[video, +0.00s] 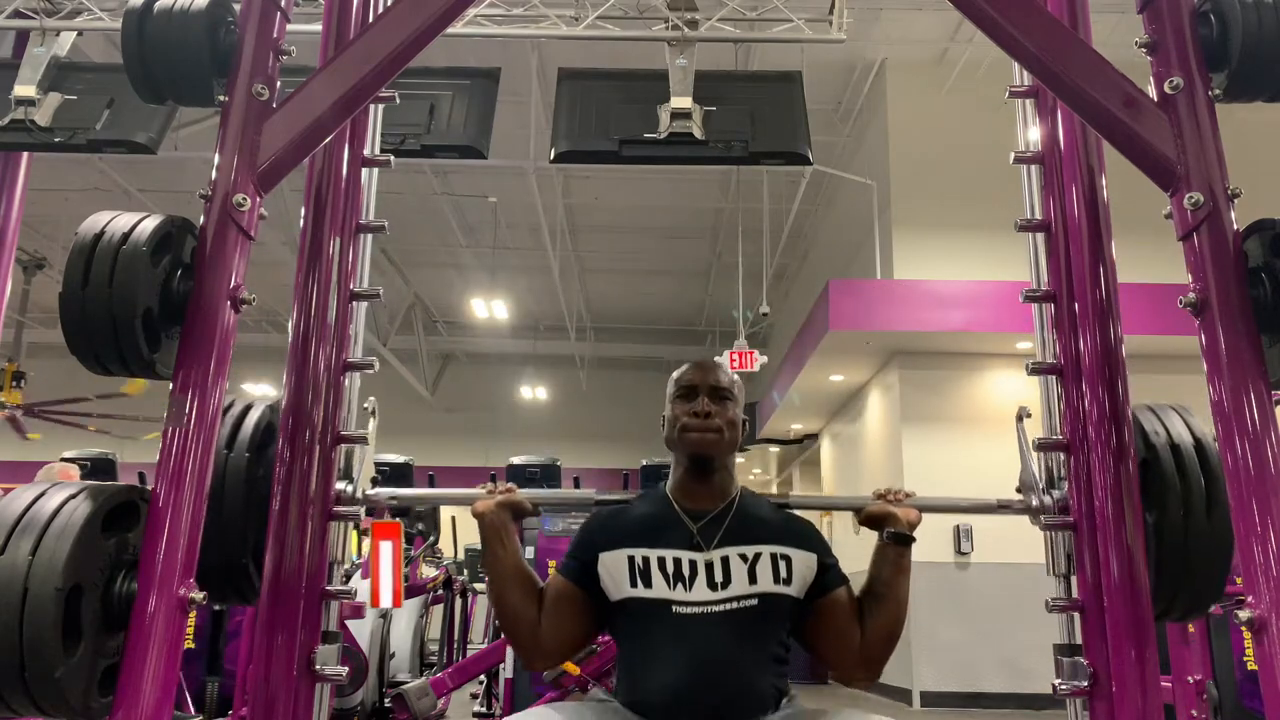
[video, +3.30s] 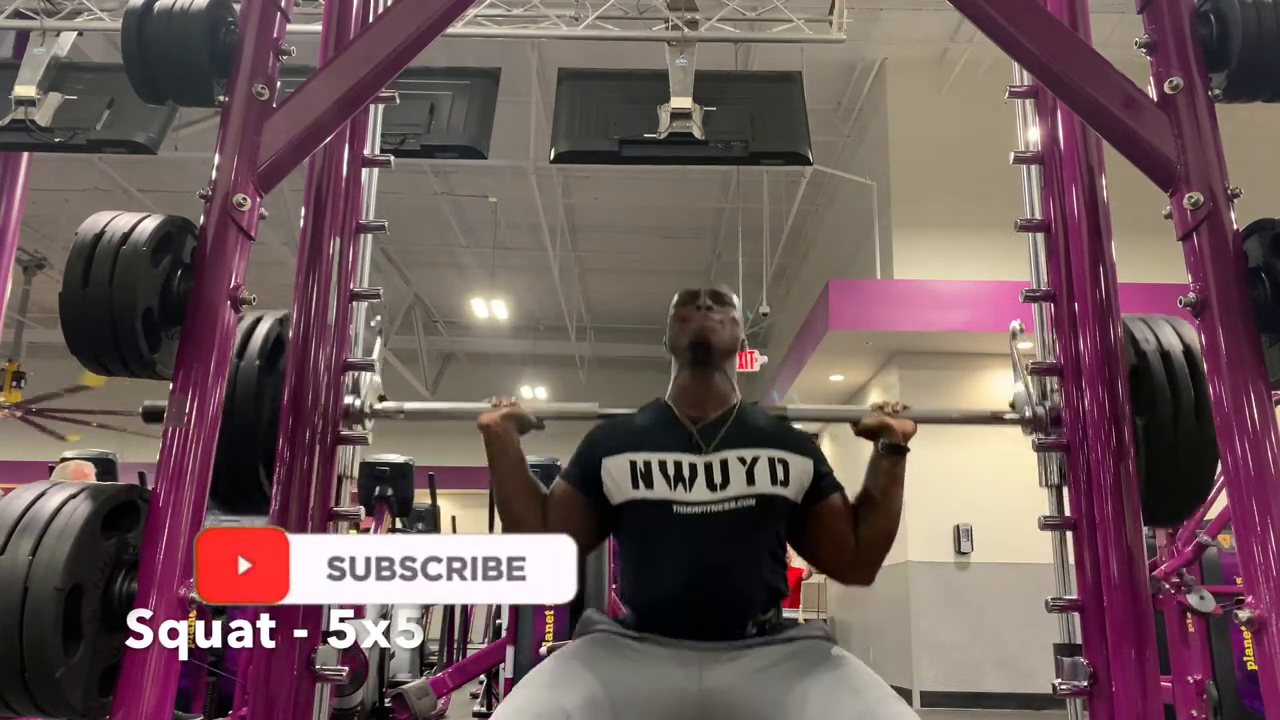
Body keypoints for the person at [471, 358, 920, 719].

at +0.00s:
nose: (703, 407)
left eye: (719, 398)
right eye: (687, 397)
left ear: (742, 426)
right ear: (664, 423)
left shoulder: (792, 536)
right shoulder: (610, 531)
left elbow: (858, 664)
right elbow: (541, 647)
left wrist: (895, 543)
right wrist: (496, 528)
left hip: (762, 713)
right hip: (640, 713)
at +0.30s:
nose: (705, 338)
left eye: (720, 330)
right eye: (688, 330)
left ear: (743, 358)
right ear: (665, 359)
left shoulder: (790, 467)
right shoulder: (612, 465)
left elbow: (859, 590)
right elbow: (546, 576)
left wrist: (893, 476)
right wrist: (500, 467)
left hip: (771, 674)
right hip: (636, 672)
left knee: (887, 715)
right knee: (528, 714)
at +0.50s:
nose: (707, 271)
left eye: (722, 267)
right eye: (693, 265)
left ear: (742, 303)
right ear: (669, 297)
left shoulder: (788, 404)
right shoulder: (616, 402)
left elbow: (858, 520)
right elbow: (547, 507)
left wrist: (888, 414)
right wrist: (502, 400)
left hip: (770, 622)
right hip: (636, 620)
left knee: (881, 713)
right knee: (544, 709)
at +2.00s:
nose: (707, 350)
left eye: (721, 342)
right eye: (692, 343)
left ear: (744, 371)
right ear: (668, 372)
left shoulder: (787, 478)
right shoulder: (613, 476)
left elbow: (858, 601)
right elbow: (544, 578)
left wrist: (894, 487)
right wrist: (499, 478)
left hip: (767, 685)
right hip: (637, 683)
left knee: (885, 717)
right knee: (511, 717)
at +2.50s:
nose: (703, 430)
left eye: (720, 420)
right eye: (687, 419)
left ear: (743, 449)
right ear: (665, 445)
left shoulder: (793, 561)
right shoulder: (610, 557)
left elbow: (862, 685)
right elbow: (540, 672)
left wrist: (899, 566)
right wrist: (497, 564)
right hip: (647, 712)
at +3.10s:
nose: (703, 361)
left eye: (719, 356)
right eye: (687, 355)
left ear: (740, 391)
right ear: (665, 388)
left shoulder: (789, 497)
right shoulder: (611, 493)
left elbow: (859, 617)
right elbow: (543, 608)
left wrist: (893, 504)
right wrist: (501, 499)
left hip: (771, 693)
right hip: (637, 691)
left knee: (889, 718)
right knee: (516, 717)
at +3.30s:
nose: (703, 305)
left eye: (719, 303)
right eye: (688, 303)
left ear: (741, 343)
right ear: (668, 342)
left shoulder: (788, 445)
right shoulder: (614, 440)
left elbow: (857, 563)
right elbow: (544, 543)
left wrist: (890, 453)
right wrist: (500, 438)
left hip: (767, 658)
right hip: (634, 654)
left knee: (887, 715)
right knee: (521, 714)